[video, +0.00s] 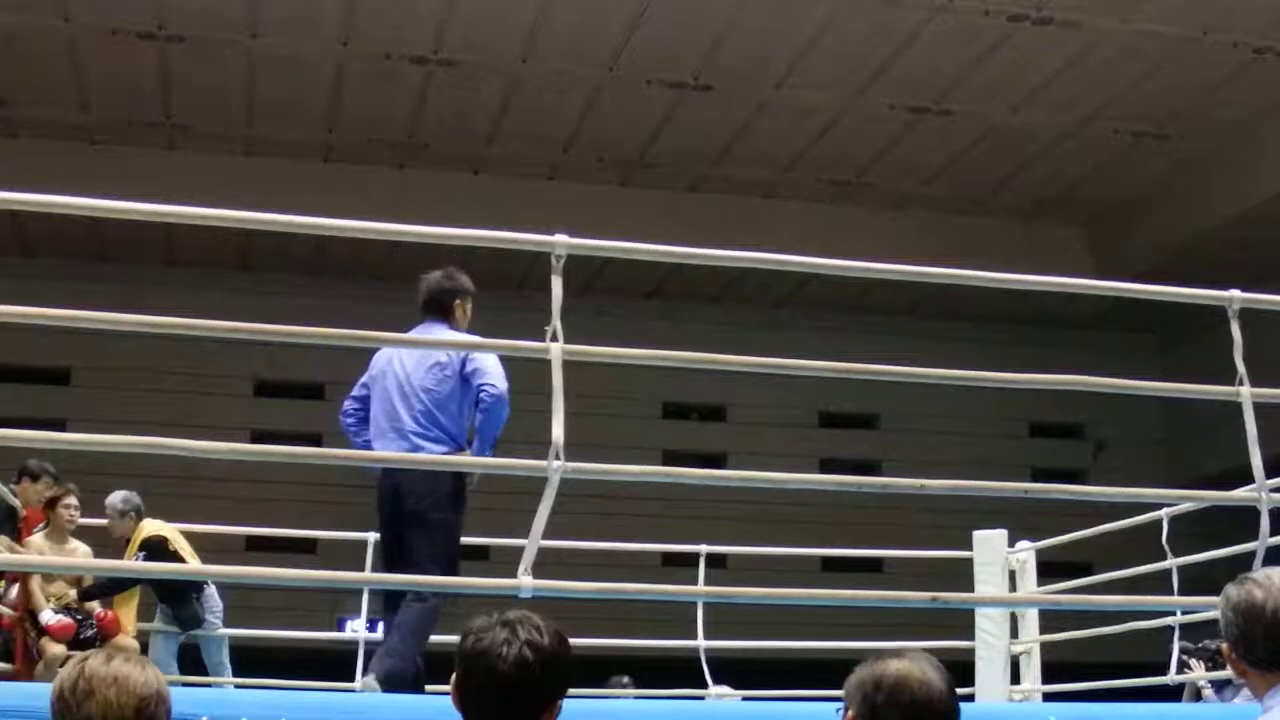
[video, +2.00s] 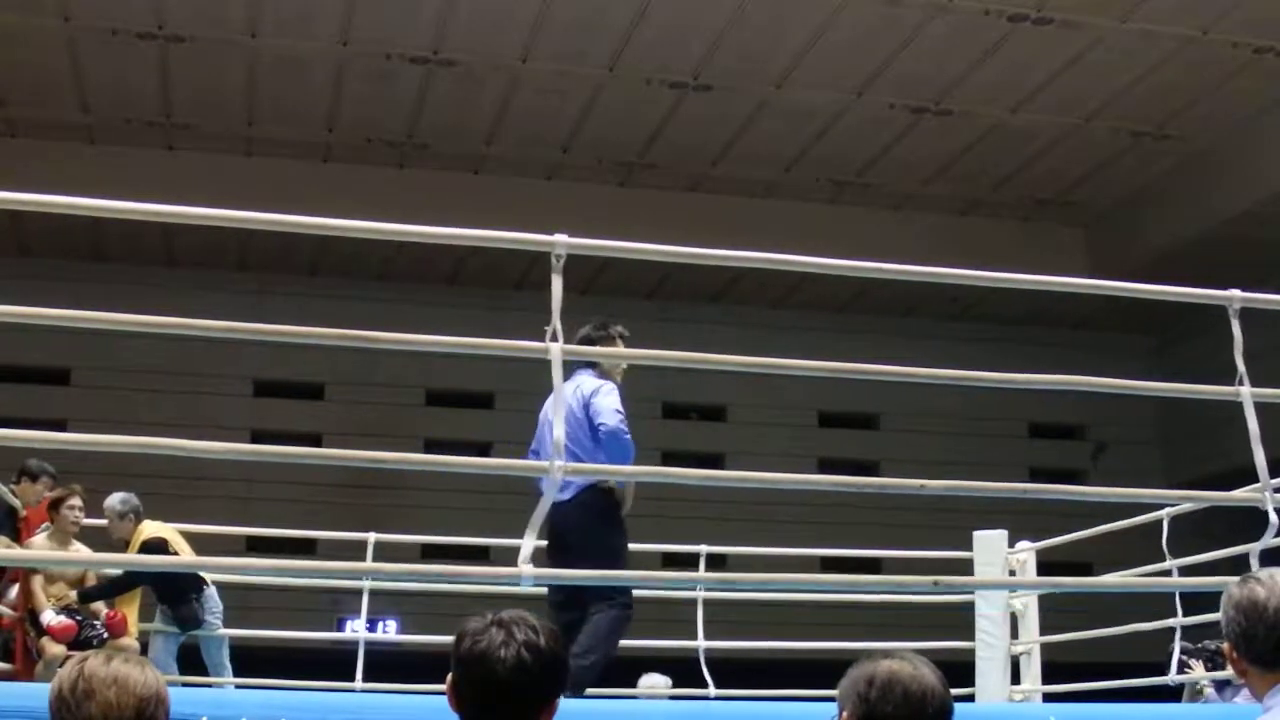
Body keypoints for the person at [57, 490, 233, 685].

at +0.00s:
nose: (107, 523)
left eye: (111, 518)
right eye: (107, 518)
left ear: (130, 519)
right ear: (130, 518)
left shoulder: (154, 539)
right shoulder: (140, 536)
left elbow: (125, 581)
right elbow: (123, 582)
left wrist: (79, 595)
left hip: (201, 601)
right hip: (171, 603)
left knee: (218, 666)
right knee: (161, 661)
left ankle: (229, 713)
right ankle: (174, 709)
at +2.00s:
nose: (107, 525)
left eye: (111, 520)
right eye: (107, 520)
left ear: (130, 520)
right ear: (129, 520)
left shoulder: (154, 542)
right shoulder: (138, 539)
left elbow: (126, 584)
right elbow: (127, 582)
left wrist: (79, 596)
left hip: (201, 600)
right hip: (169, 603)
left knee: (218, 665)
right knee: (160, 660)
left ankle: (229, 713)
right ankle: (173, 710)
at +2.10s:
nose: (107, 525)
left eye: (111, 519)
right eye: (107, 520)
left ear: (130, 520)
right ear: (129, 520)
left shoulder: (153, 542)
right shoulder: (138, 538)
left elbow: (125, 584)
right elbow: (127, 582)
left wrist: (79, 596)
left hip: (201, 600)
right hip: (170, 602)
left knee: (218, 665)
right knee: (160, 660)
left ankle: (229, 712)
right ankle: (173, 710)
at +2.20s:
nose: (106, 526)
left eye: (110, 520)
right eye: (106, 520)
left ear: (129, 520)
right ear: (129, 520)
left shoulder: (154, 542)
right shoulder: (137, 540)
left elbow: (124, 584)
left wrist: (79, 596)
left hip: (201, 601)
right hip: (171, 603)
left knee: (217, 664)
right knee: (160, 660)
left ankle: (230, 712)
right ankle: (176, 709)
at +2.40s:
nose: (106, 525)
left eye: (109, 519)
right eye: (106, 519)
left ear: (127, 520)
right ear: (125, 521)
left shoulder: (153, 542)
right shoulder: (134, 540)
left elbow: (125, 583)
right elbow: (121, 580)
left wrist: (80, 596)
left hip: (202, 600)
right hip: (170, 603)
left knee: (218, 665)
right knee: (160, 660)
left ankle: (229, 711)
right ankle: (177, 709)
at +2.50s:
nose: (105, 525)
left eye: (109, 519)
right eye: (106, 519)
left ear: (127, 521)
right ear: (126, 521)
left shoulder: (153, 542)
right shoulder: (136, 540)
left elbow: (125, 584)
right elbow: (124, 583)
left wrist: (79, 596)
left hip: (201, 600)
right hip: (170, 603)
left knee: (218, 665)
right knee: (160, 660)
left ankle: (229, 712)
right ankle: (177, 709)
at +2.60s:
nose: (105, 524)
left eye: (109, 519)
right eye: (106, 518)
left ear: (127, 521)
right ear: (127, 521)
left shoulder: (154, 542)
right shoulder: (136, 540)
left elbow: (125, 584)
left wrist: (79, 596)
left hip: (202, 601)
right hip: (170, 603)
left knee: (218, 666)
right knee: (160, 660)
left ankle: (229, 711)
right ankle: (177, 709)